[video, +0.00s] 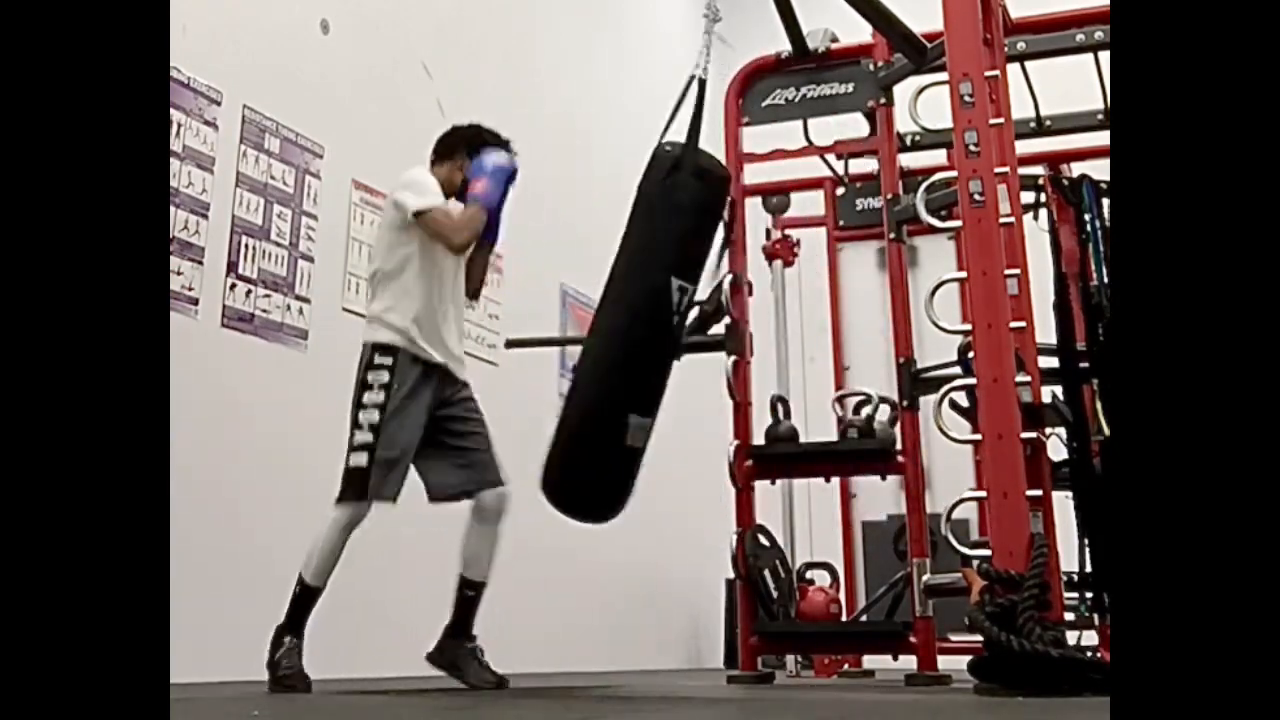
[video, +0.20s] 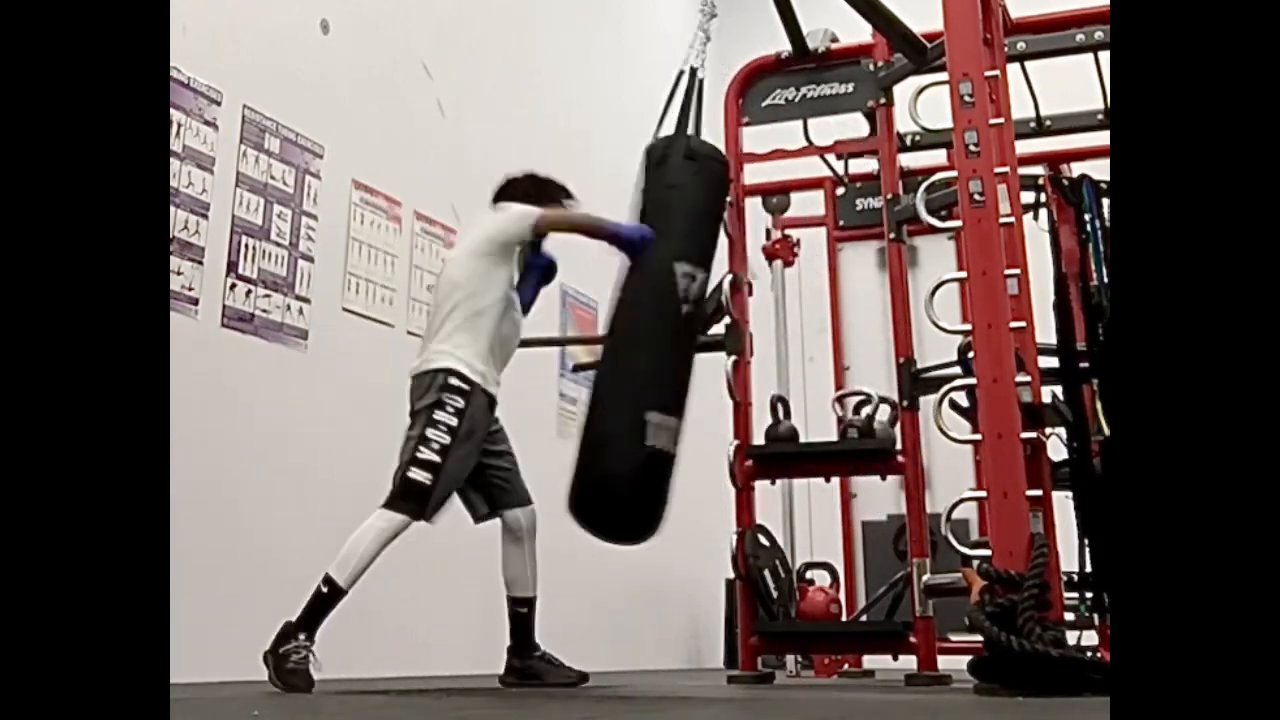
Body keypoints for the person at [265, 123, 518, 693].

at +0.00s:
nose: (478, 185)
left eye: (482, 179)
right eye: (477, 173)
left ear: (461, 173)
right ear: (453, 162)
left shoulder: (455, 215)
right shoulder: (414, 182)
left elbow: (471, 289)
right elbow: (455, 234)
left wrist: (491, 214)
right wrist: (485, 193)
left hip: (445, 370)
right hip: (394, 356)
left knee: (492, 499)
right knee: (356, 503)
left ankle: (457, 640)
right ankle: (288, 640)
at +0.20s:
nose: (561, 226)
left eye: (563, 218)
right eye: (558, 216)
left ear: (522, 204)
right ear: (535, 205)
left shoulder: (493, 269)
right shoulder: (500, 222)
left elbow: (493, 340)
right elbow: (572, 218)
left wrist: (528, 288)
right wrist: (625, 233)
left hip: (478, 396)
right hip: (452, 380)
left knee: (519, 518)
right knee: (402, 510)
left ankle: (524, 654)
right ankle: (296, 638)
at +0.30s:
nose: (551, 236)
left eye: (557, 230)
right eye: (549, 225)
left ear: (537, 225)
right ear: (523, 205)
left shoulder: (503, 278)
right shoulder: (490, 222)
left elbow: (514, 348)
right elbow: (547, 253)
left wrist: (550, 295)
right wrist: (585, 275)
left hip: (491, 402)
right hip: (453, 377)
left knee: (526, 519)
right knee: (398, 505)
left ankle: (525, 655)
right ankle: (313, 633)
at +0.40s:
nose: (515, 230)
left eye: (522, 226)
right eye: (514, 220)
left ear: (515, 229)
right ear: (489, 204)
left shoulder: (503, 268)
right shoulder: (448, 222)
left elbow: (537, 321)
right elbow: (441, 254)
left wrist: (542, 263)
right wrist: (499, 240)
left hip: (481, 401)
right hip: (435, 386)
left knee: (531, 518)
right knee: (401, 517)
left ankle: (527, 654)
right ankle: (334, 645)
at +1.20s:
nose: (503, 205)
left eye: (508, 198)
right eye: (499, 193)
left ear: (490, 201)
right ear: (471, 184)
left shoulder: (479, 246)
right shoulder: (436, 206)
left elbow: (513, 307)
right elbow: (461, 263)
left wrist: (524, 245)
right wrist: (494, 223)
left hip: (464, 388)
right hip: (424, 376)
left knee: (496, 514)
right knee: (403, 512)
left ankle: (502, 647)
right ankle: (333, 651)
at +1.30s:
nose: (492, 165)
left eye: (497, 160)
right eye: (490, 153)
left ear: (479, 151)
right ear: (467, 137)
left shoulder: (459, 203)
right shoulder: (425, 164)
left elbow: (464, 280)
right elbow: (437, 223)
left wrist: (498, 226)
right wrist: (482, 187)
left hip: (452, 350)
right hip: (413, 337)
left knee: (446, 493)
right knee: (404, 473)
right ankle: (329, 619)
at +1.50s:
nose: (502, 172)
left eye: (508, 166)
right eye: (503, 160)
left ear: (483, 156)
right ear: (480, 146)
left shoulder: (466, 212)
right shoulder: (435, 162)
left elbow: (477, 289)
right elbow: (461, 214)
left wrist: (507, 225)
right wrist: (503, 180)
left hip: (457, 352)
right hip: (414, 335)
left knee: (517, 482)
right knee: (399, 480)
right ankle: (320, 642)